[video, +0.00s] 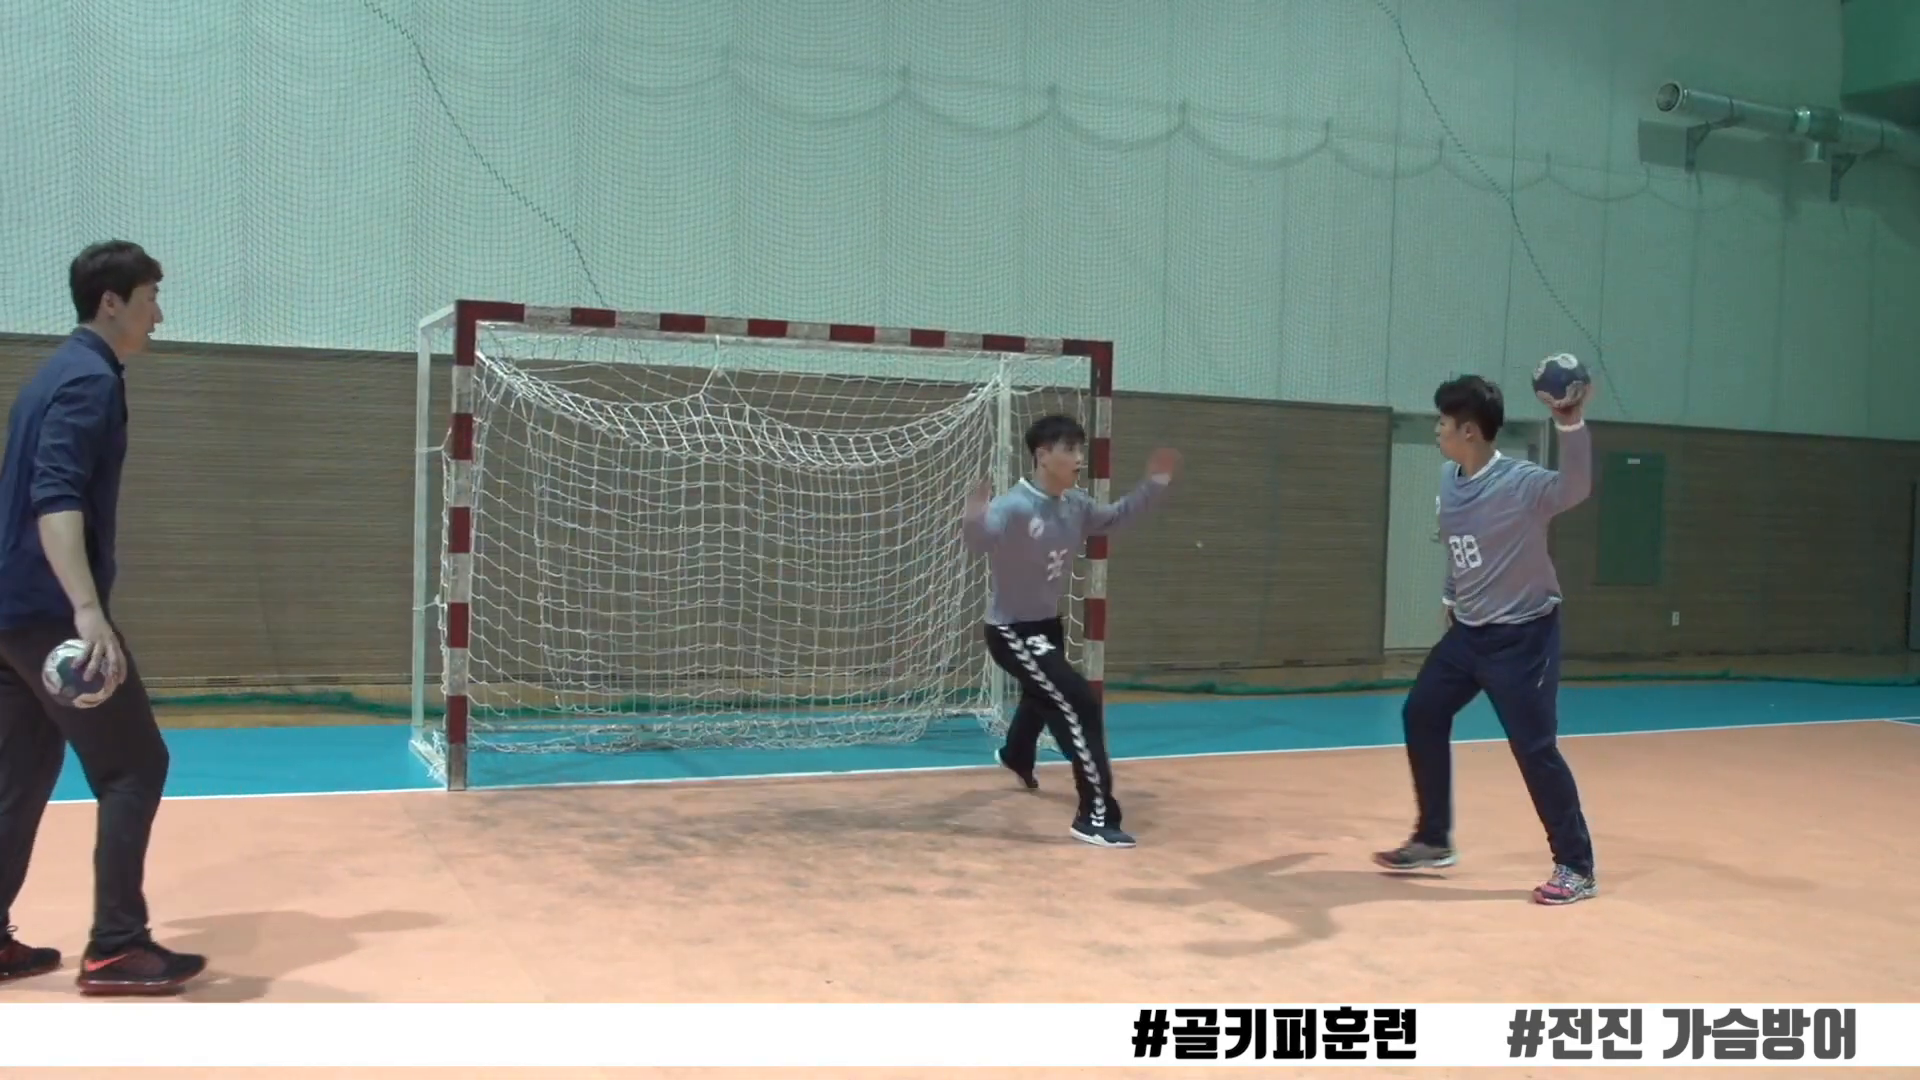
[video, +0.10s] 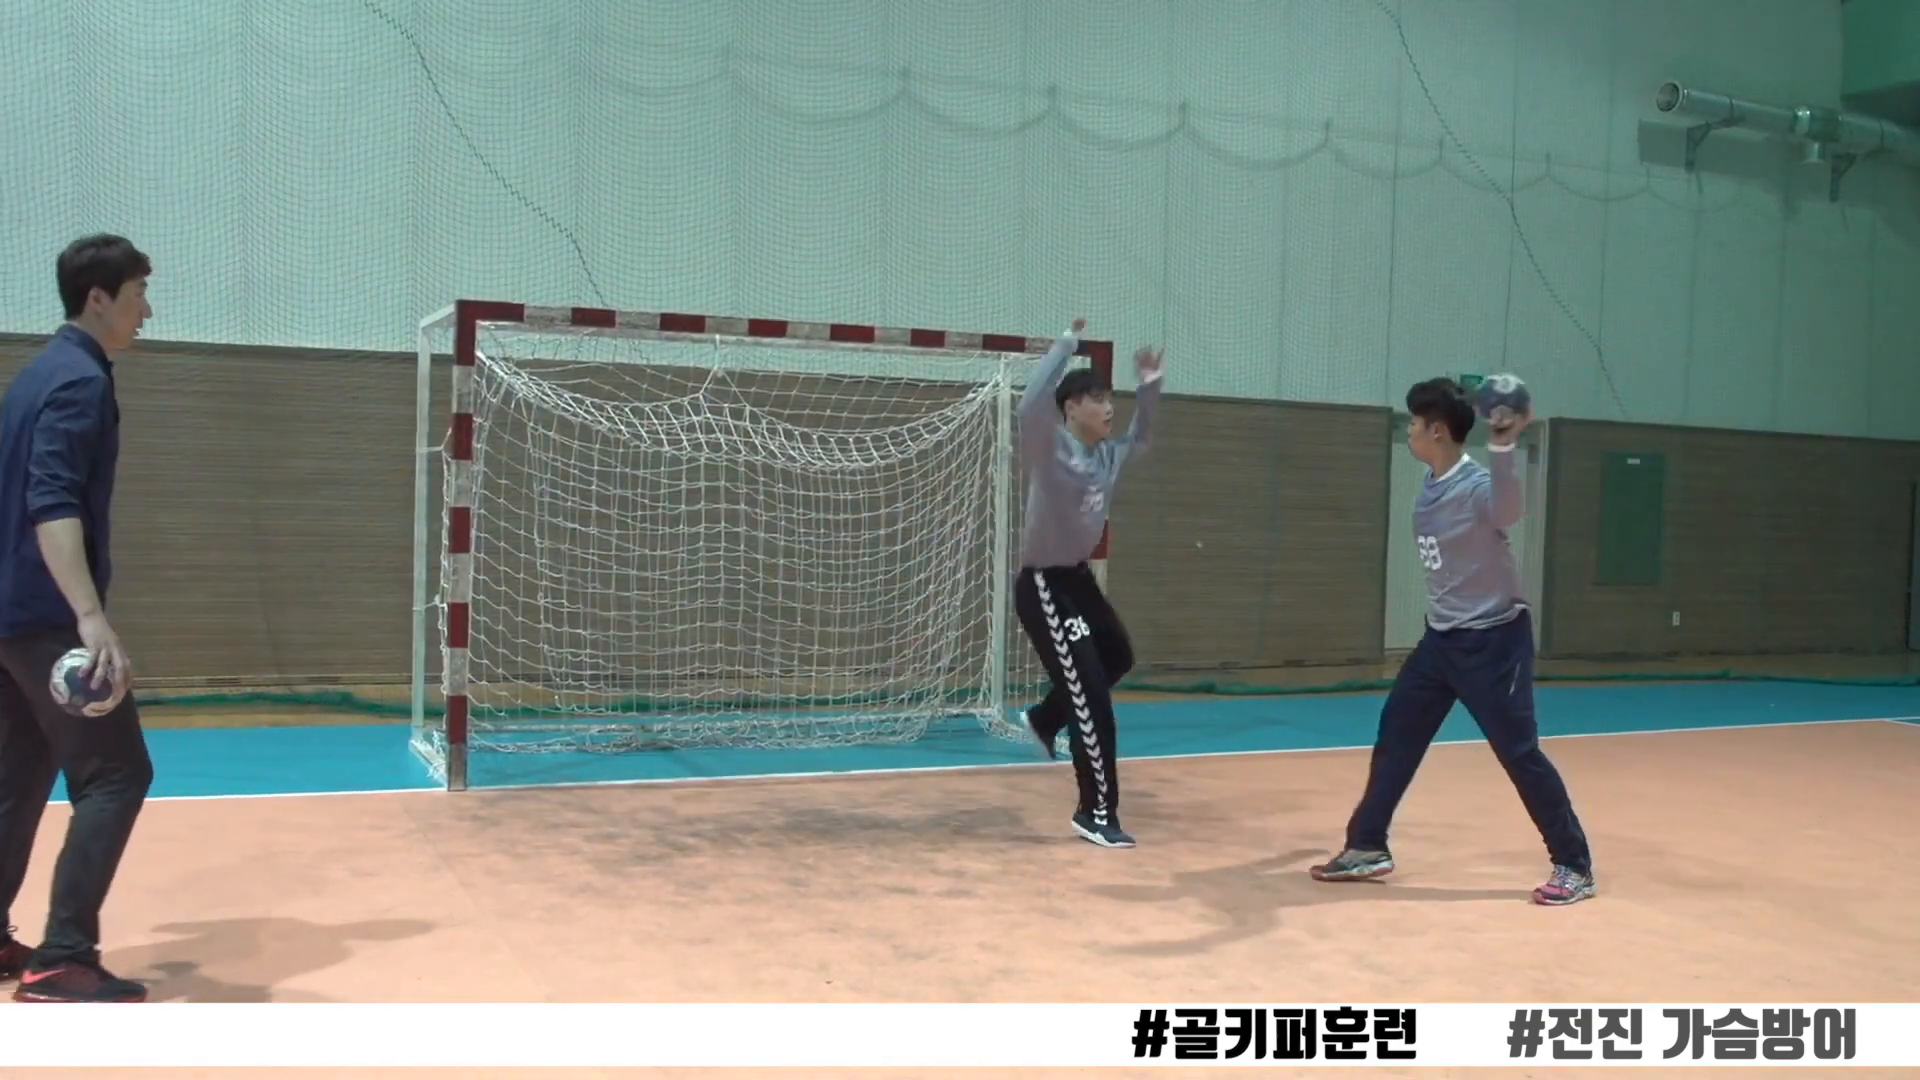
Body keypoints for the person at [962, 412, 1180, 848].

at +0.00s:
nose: (1078, 458)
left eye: (1080, 450)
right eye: (1069, 449)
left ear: (1079, 456)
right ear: (1041, 454)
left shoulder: (1076, 504)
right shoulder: (1013, 506)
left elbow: (1115, 517)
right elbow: (980, 542)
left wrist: (1154, 486)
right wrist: (974, 520)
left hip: (1048, 626)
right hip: (1011, 630)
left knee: (1042, 693)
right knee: (1079, 703)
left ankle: (1017, 753)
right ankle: (1096, 817)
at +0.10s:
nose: (1109, 409)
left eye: (1109, 400)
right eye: (1099, 400)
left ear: (1103, 407)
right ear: (1071, 406)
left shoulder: (1107, 454)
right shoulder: (1047, 452)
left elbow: (1140, 438)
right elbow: (1032, 408)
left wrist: (1148, 389)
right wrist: (1065, 345)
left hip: (1077, 576)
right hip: (1041, 582)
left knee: (1116, 656)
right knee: (1088, 695)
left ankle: (1044, 719)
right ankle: (1096, 813)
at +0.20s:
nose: (1142, 358)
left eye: (1145, 350)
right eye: (1134, 349)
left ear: (1138, 356)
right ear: (1103, 351)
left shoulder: (1131, 399)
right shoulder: (1072, 388)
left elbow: (1169, 396)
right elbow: (1039, 355)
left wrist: (1210, 363)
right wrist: (1083, 301)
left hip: (1108, 531)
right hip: (1070, 531)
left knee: (1165, 603)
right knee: (1082, 647)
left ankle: (1089, 670)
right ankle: (1060, 769)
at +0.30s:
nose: (1172, 331)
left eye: (1176, 322)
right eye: (1162, 320)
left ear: (1179, 327)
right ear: (1133, 320)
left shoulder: (1161, 382)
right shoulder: (1102, 363)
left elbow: (1181, 422)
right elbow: (1059, 352)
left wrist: (1225, 429)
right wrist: (1077, 301)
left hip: (1135, 505)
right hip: (1094, 500)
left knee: (1207, 592)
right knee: (1104, 579)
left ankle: (1136, 679)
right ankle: (1039, 694)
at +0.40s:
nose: (1194, 329)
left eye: (1198, 320)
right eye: (1184, 318)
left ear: (1201, 327)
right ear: (1153, 320)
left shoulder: (1192, 390)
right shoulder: (1124, 371)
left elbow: (1187, 468)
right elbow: (1100, 348)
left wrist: (1213, 489)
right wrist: (1102, 301)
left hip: (1172, 521)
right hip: (1122, 509)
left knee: (1234, 619)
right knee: (1101, 480)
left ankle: (1202, 732)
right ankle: (1078, 566)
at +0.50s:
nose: (1215, 352)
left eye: (1222, 344)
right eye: (1204, 341)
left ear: (1227, 352)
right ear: (1174, 345)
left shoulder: (1219, 412)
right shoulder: (1157, 394)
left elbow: (1209, 492)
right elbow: (1139, 379)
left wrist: (1230, 539)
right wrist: (1151, 330)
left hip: (1201, 564)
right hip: (1151, 543)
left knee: (1239, 671)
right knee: (1129, 485)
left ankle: (1275, 793)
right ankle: (1082, 470)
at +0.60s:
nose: (1247, 403)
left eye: (1253, 394)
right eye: (1236, 391)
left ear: (1257, 402)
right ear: (1205, 391)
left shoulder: (1247, 465)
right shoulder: (1185, 440)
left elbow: (1245, 547)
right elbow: (1156, 429)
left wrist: (1272, 600)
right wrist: (1191, 366)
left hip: (1228, 618)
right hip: (1177, 593)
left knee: (1262, 738)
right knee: (1153, 526)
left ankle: (1271, 873)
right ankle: (1103, 546)